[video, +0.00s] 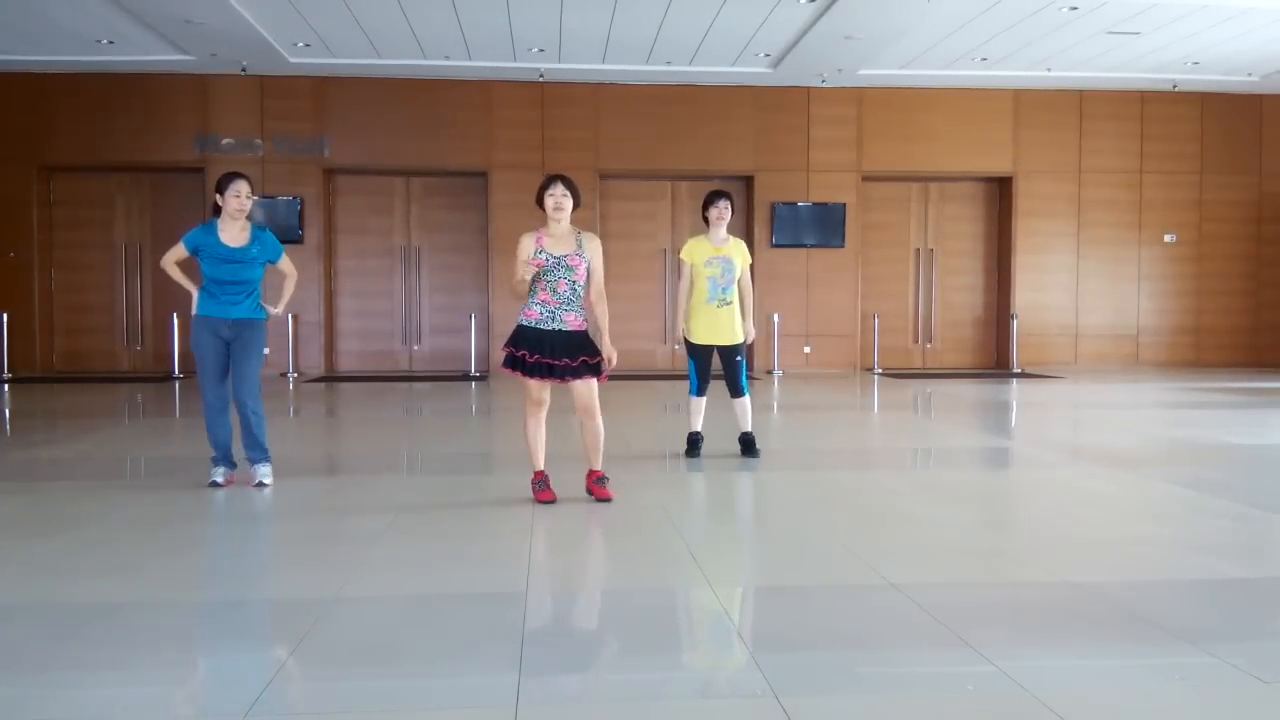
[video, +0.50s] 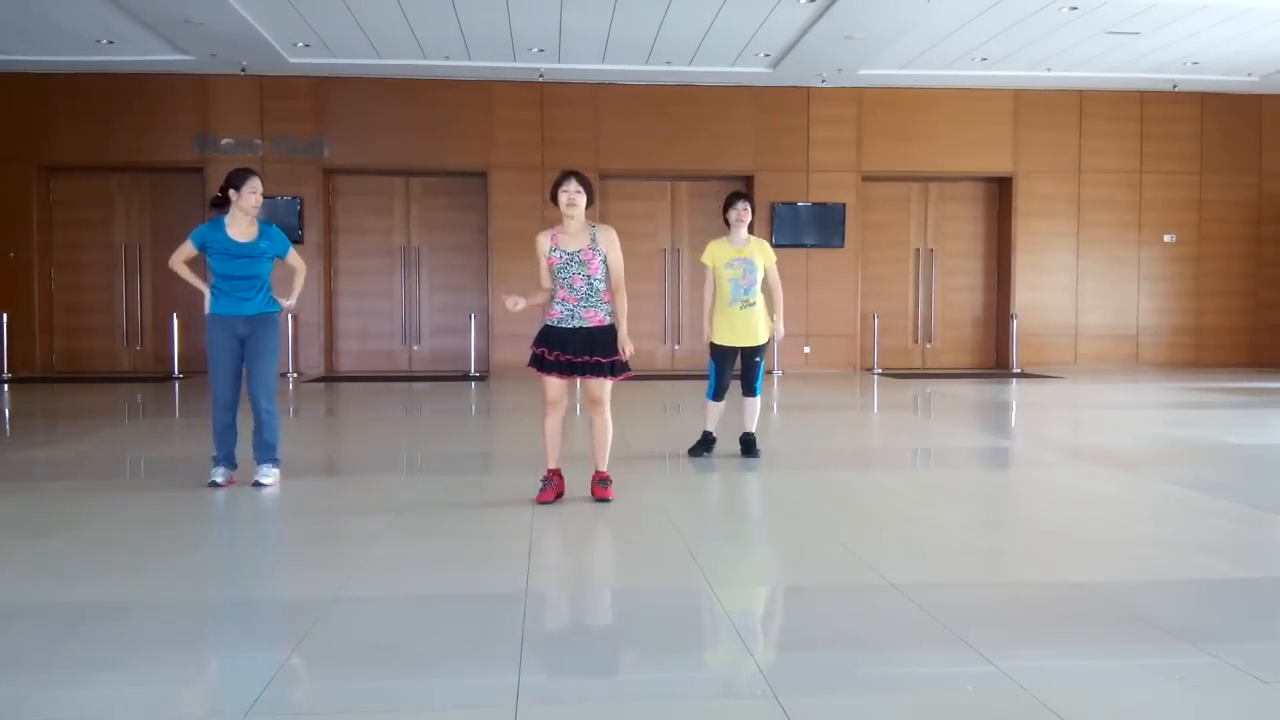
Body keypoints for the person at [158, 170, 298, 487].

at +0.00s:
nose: (243, 202)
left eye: (247, 197)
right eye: (236, 196)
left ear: (253, 201)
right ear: (220, 199)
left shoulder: (262, 237)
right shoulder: (203, 234)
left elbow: (291, 274)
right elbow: (166, 261)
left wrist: (280, 307)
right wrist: (193, 289)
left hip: (250, 324)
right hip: (208, 324)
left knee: (247, 396)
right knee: (214, 397)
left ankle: (260, 463)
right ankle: (222, 464)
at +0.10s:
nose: (245, 203)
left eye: (250, 197)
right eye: (239, 196)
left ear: (254, 202)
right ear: (222, 199)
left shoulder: (263, 237)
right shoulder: (204, 234)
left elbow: (294, 273)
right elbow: (169, 262)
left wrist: (281, 307)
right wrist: (196, 289)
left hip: (251, 324)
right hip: (210, 324)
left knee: (248, 394)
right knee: (215, 396)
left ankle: (266, 463)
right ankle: (222, 464)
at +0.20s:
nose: (249, 202)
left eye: (253, 197)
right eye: (242, 196)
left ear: (257, 201)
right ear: (224, 199)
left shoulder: (266, 237)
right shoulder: (205, 234)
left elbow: (296, 273)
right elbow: (172, 262)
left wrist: (284, 306)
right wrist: (198, 289)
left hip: (254, 324)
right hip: (213, 324)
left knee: (251, 395)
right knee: (217, 397)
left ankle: (267, 463)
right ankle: (223, 464)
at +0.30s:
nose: (253, 202)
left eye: (256, 196)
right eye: (246, 196)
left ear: (258, 200)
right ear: (227, 198)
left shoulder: (267, 237)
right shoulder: (206, 234)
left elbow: (299, 272)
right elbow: (175, 263)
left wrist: (287, 304)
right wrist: (201, 289)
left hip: (257, 324)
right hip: (216, 324)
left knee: (255, 396)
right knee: (219, 397)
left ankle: (267, 464)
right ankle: (223, 465)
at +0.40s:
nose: (256, 200)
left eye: (258, 195)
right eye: (249, 194)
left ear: (260, 198)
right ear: (230, 196)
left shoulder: (269, 235)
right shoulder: (208, 233)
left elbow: (300, 269)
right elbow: (175, 262)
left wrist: (290, 302)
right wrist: (202, 288)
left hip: (260, 322)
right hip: (219, 323)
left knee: (259, 395)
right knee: (221, 396)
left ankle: (267, 464)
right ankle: (224, 464)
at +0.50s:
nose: (258, 199)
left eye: (261, 193)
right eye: (252, 193)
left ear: (262, 196)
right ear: (232, 194)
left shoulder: (270, 233)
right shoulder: (210, 231)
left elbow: (300, 266)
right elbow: (175, 261)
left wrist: (293, 298)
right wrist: (204, 288)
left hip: (264, 321)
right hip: (222, 322)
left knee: (263, 396)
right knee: (223, 397)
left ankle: (268, 464)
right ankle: (224, 465)